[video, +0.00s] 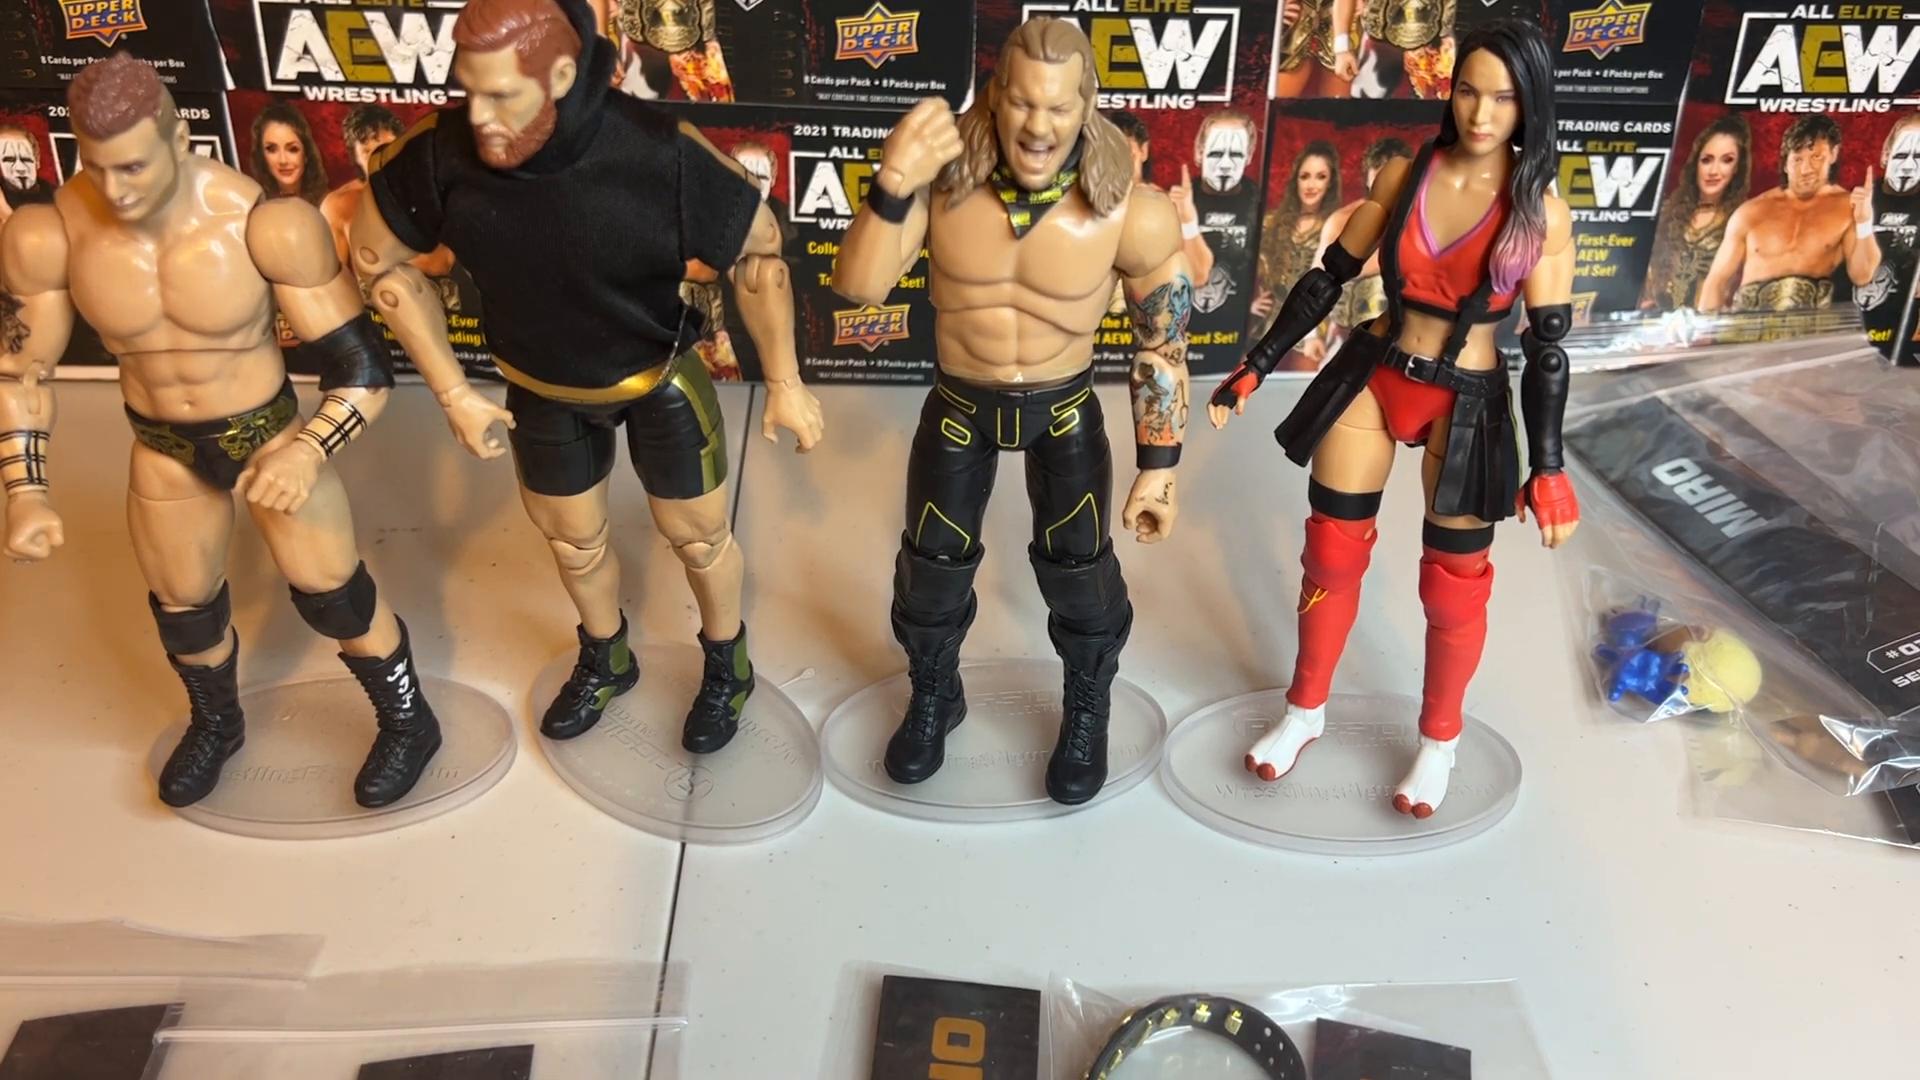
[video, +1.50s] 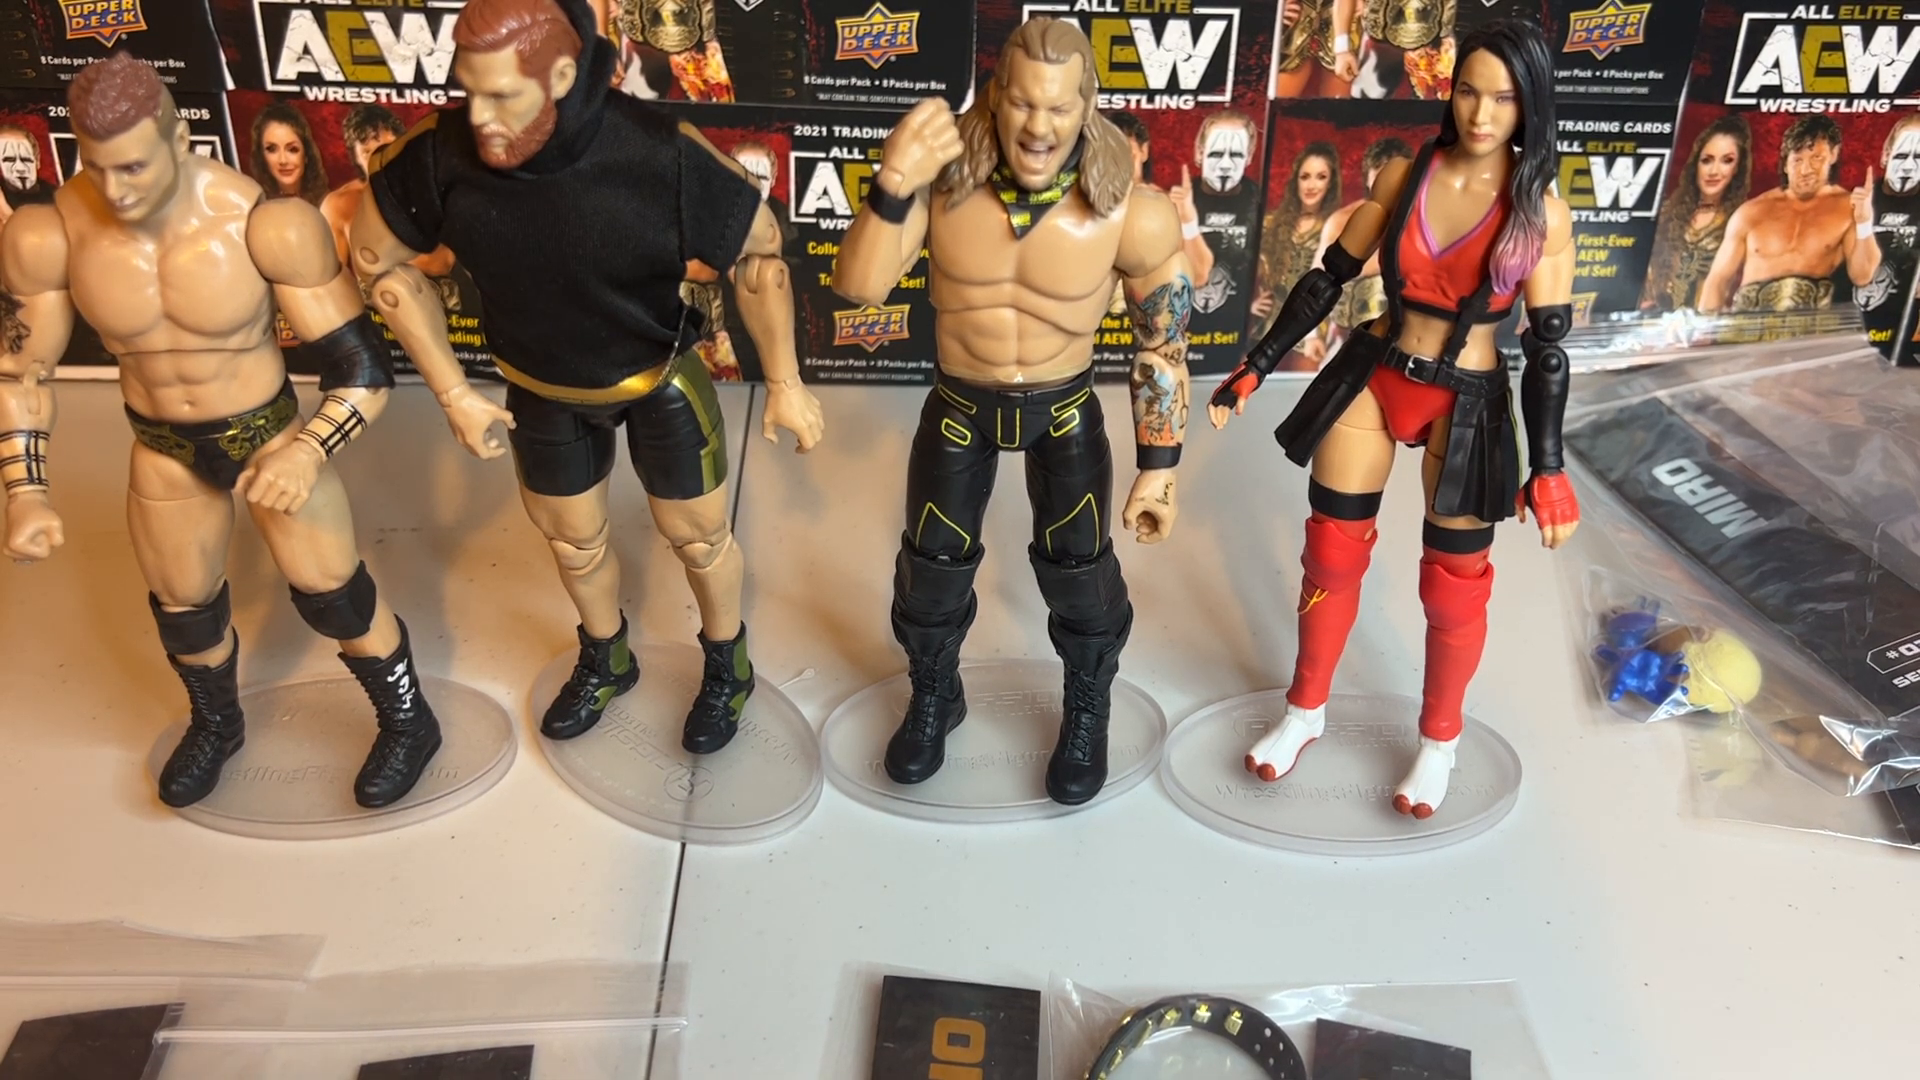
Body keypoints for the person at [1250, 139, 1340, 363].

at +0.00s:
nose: (1311, 185)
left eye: (1321, 177)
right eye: (1304, 176)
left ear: (1331, 182)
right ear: (1295, 180)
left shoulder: (1338, 229)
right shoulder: (1270, 224)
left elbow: (1336, 286)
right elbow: (1253, 273)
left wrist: (1321, 335)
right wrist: (1252, 301)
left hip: (1311, 333)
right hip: (1268, 328)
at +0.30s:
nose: (1312, 185)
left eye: (1321, 177)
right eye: (1305, 177)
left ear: (1331, 183)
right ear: (1295, 181)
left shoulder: (1338, 229)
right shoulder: (1270, 225)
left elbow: (1336, 287)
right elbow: (1254, 275)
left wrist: (1321, 335)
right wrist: (1253, 302)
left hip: (1312, 334)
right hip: (1269, 329)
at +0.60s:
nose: (1312, 186)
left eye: (1321, 178)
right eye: (1305, 177)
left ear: (1332, 183)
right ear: (1295, 181)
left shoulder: (1338, 229)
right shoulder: (1271, 224)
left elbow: (1337, 285)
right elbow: (1255, 273)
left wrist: (1322, 336)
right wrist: (1253, 302)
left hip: (1313, 332)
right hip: (1269, 327)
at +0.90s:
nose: (1312, 186)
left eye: (1321, 178)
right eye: (1305, 177)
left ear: (1332, 183)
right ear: (1296, 181)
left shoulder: (1338, 229)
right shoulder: (1271, 224)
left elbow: (1337, 286)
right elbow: (1254, 274)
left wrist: (1323, 336)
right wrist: (1253, 303)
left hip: (1313, 334)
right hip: (1269, 328)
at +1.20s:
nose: (1312, 185)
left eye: (1321, 177)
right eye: (1305, 177)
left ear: (1332, 183)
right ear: (1295, 181)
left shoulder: (1338, 230)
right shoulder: (1271, 224)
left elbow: (1337, 286)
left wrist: (1320, 335)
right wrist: (1251, 302)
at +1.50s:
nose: (1312, 185)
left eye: (1321, 177)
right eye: (1305, 177)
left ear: (1332, 182)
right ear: (1295, 180)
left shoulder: (1338, 229)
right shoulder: (1270, 225)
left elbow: (1338, 287)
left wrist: (1320, 334)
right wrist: (1251, 301)